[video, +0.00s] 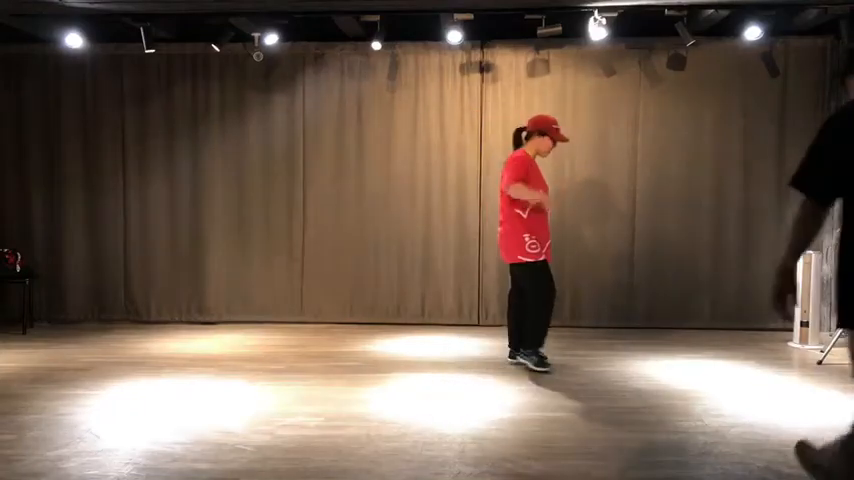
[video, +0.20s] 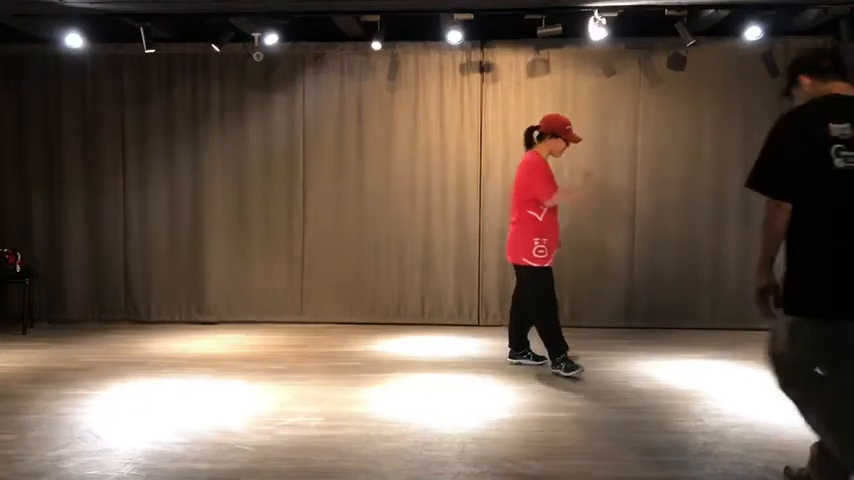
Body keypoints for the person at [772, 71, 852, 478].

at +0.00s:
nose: (844, 85)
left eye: (845, 77)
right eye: (845, 79)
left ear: (848, 78)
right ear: (848, 80)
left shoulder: (845, 122)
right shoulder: (843, 122)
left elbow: (815, 203)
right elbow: (815, 203)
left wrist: (788, 265)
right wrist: (789, 265)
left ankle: (844, 455)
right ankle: (843, 452)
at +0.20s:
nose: (793, 100)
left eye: (793, 92)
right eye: (792, 93)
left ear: (804, 83)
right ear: (843, 79)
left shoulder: (800, 122)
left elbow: (780, 207)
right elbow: (781, 207)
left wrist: (765, 269)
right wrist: (768, 269)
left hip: (820, 273)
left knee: (790, 359)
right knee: (844, 372)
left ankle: (843, 452)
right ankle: (828, 464)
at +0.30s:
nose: (769, 103)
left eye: (767, 96)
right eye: (766, 97)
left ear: (778, 85)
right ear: (815, 80)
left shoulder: (780, 123)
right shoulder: (849, 115)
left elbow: (769, 204)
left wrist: (760, 267)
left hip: (803, 267)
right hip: (847, 264)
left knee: (750, 342)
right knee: (837, 372)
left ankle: (807, 448)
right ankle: (832, 463)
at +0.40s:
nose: (742, 111)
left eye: (739, 103)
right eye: (738, 105)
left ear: (751, 89)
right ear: (783, 84)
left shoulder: (757, 127)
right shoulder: (826, 122)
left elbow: (754, 204)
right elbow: (835, 207)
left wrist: (744, 263)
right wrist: (839, 273)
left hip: (770, 267)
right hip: (821, 266)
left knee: (725, 339)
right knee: (817, 368)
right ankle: (826, 469)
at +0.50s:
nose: (717, 115)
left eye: (714, 108)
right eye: (713, 109)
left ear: (723, 97)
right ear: (754, 91)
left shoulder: (732, 135)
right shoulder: (793, 127)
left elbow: (730, 213)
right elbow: (786, 203)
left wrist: (720, 271)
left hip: (749, 269)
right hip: (794, 267)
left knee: (713, 353)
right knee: (803, 371)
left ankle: (681, 423)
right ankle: (825, 468)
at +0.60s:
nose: (688, 114)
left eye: (685, 107)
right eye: (686, 108)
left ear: (696, 99)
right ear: (723, 93)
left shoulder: (705, 138)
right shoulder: (761, 127)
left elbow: (700, 211)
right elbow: (762, 200)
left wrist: (692, 268)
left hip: (719, 265)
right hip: (763, 262)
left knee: (693, 349)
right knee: (775, 357)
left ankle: (676, 430)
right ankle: (815, 457)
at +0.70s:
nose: (661, 114)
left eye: (659, 107)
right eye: (659, 108)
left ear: (671, 98)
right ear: (694, 92)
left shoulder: (677, 134)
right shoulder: (735, 125)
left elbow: (669, 205)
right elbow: (736, 197)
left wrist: (659, 261)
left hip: (690, 259)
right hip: (735, 255)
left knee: (676, 343)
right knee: (726, 331)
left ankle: (675, 430)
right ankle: (772, 415)